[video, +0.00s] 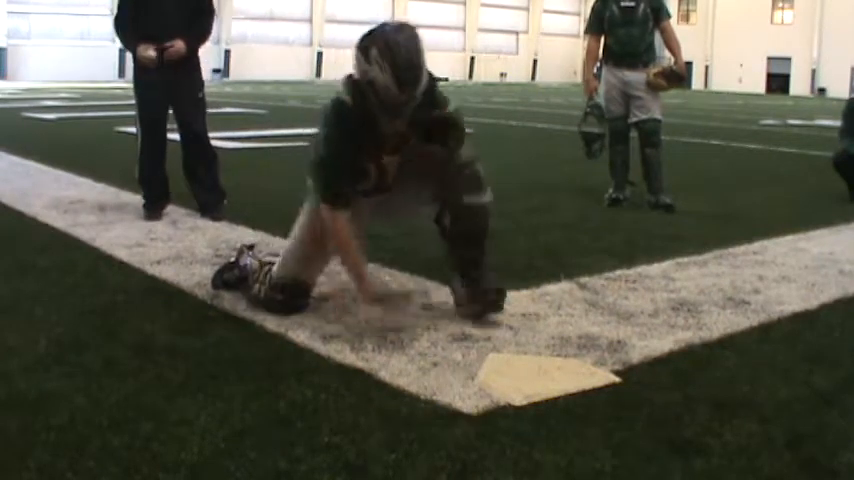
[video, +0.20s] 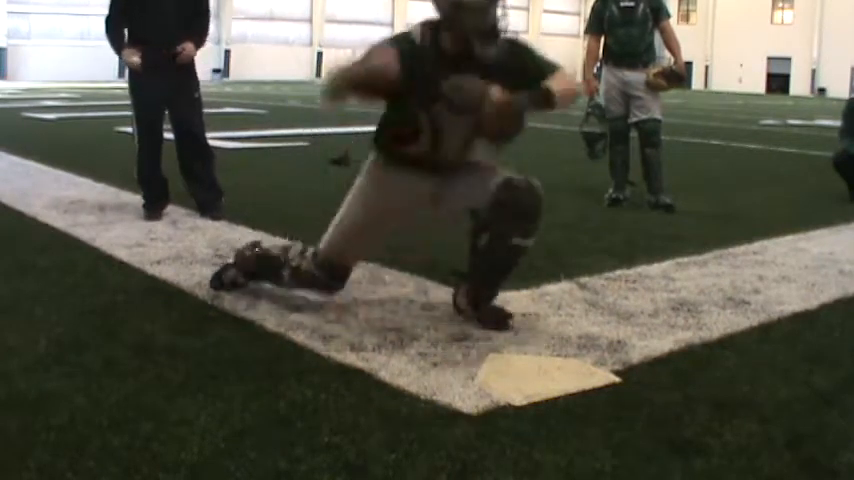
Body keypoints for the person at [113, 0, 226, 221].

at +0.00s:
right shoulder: (130, 3)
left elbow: (206, 17)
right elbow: (122, 20)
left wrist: (188, 43)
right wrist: (136, 46)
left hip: (184, 63)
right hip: (147, 64)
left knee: (195, 134)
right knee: (151, 136)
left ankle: (211, 203)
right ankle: (154, 201)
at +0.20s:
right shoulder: (124, 3)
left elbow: (203, 15)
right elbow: (113, 21)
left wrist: (194, 42)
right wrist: (123, 49)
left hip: (181, 63)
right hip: (144, 65)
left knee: (193, 136)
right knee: (148, 138)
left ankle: (210, 203)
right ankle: (153, 201)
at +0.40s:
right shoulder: (122, 3)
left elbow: (197, 10)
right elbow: (111, 21)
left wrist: (200, 30)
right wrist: (119, 49)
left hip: (180, 63)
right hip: (143, 65)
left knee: (190, 136)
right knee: (149, 139)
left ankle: (194, 200)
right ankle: (153, 202)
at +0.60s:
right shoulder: (124, 3)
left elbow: (199, 21)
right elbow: (113, 23)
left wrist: (211, 21)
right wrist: (122, 49)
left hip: (177, 64)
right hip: (143, 65)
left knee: (180, 136)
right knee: (148, 137)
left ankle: (179, 199)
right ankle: (152, 202)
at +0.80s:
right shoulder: (124, 2)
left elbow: (208, 18)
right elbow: (114, 21)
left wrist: (218, 8)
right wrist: (123, 48)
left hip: (178, 64)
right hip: (144, 65)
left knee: (180, 134)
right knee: (149, 136)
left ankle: (181, 199)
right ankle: (152, 202)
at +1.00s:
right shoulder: (127, 2)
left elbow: (211, 16)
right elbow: (116, 18)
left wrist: (220, 6)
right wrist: (120, 47)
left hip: (179, 65)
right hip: (145, 66)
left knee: (181, 135)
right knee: (149, 136)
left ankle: (180, 199)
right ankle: (152, 202)